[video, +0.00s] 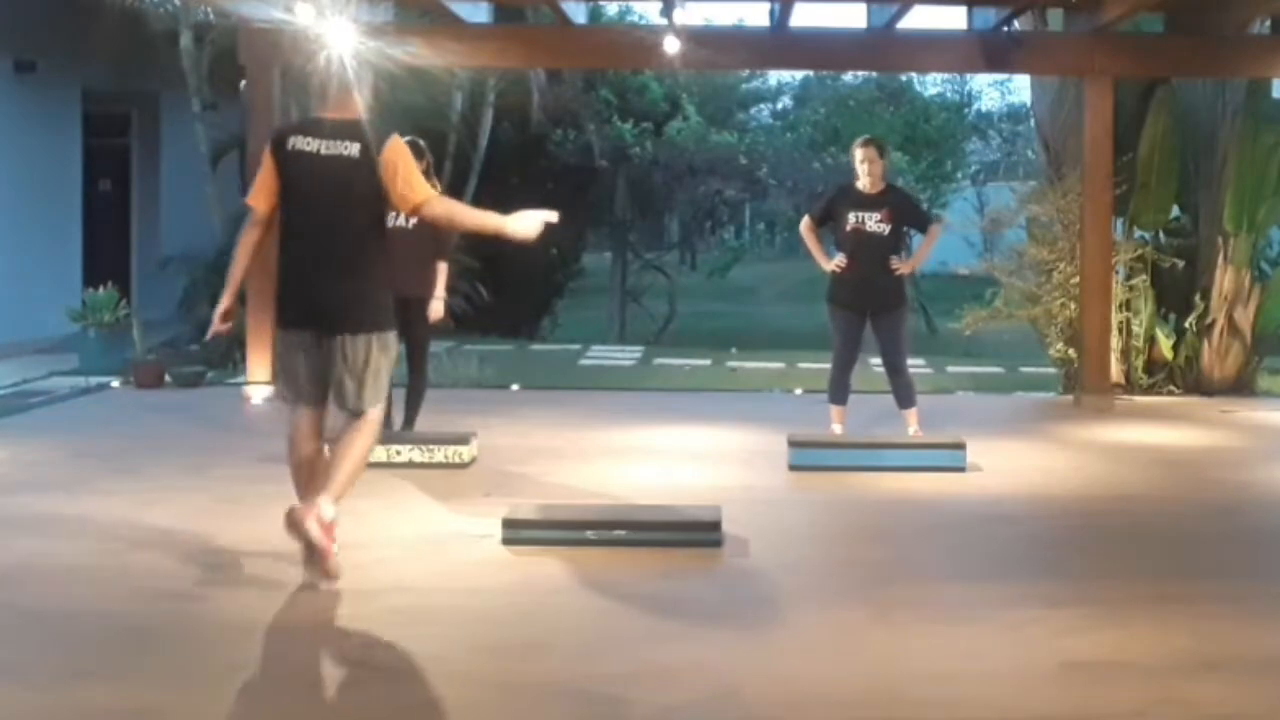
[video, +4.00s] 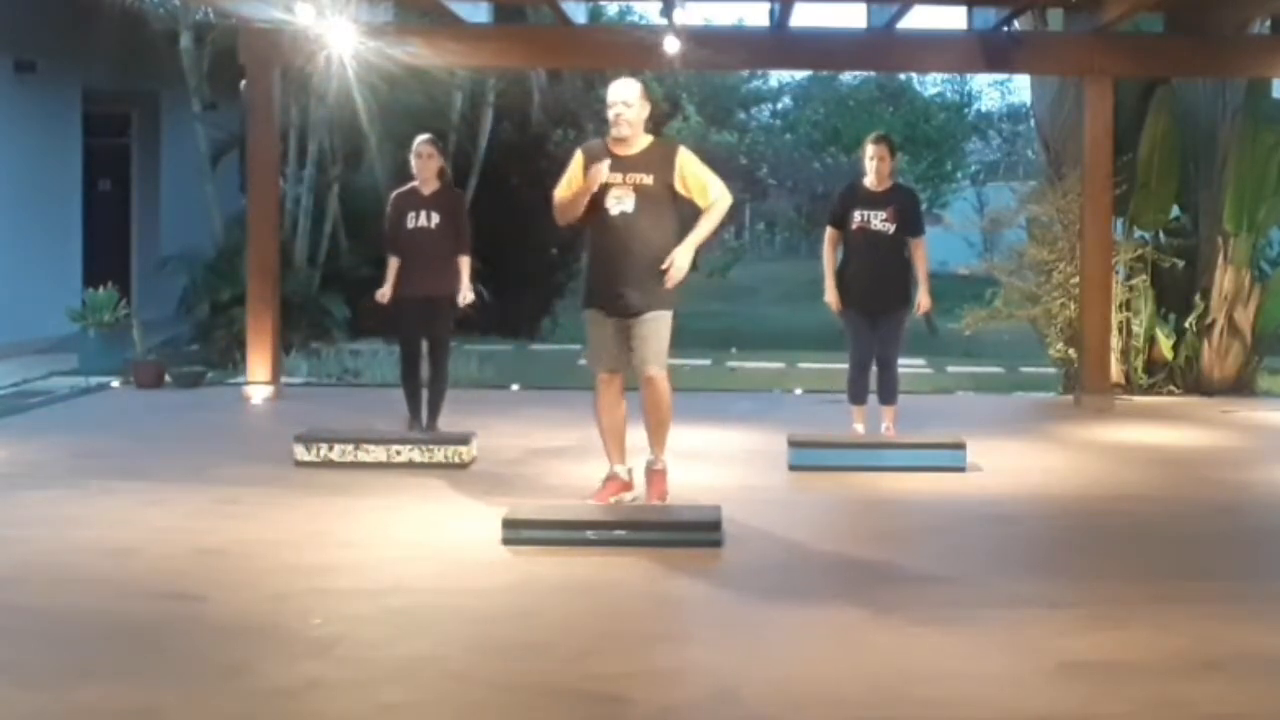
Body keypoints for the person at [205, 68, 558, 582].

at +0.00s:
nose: (367, 95)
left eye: (356, 85)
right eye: (366, 86)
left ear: (318, 90)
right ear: (362, 91)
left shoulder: (284, 142)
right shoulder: (383, 145)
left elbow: (255, 222)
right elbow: (430, 207)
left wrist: (229, 294)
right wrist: (506, 224)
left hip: (298, 305)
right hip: (363, 308)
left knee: (305, 420)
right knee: (369, 413)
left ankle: (319, 549)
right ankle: (321, 506)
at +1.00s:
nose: (506, 120)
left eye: (505, 112)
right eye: (502, 112)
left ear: (464, 113)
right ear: (483, 113)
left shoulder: (428, 154)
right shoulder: (487, 158)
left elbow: (411, 219)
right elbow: (502, 222)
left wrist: (449, 236)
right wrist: (553, 274)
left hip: (438, 290)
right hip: (479, 296)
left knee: (454, 385)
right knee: (474, 387)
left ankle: (464, 475)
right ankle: (426, 484)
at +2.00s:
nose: (601, 117)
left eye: (603, 109)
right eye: (591, 109)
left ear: (606, 113)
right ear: (569, 114)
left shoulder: (603, 159)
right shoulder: (550, 159)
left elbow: (613, 217)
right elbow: (531, 221)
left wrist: (666, 228)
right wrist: (547, 278)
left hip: (605, 291)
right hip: (567, 291)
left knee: (610, 375)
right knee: (569, 379)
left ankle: (623, 464)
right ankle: (551, 469)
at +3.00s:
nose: (623, 115)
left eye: (631, 107)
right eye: (617, 107)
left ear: (647, 111)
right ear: (607, 111)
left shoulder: (669, 159)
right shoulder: (586, 155)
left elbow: (692, 221)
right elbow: (569, 213)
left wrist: (664, 199)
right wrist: (565, 210)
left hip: (647, 289)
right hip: (594, 288)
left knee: (651, 378)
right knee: (599, 378)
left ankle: (653, 472)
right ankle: (603, 472)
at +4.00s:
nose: (616, 114)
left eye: (625, 106)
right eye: (611, 106)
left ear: (645, 111)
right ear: (605, 112)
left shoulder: (672, 156)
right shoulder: (589, 156)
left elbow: (721, 198)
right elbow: (562, 214)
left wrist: (687, 248)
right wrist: (588, 187)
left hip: (652, 290)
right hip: (602, 290)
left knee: (652, 375)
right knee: (607, 379)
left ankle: (657, 465)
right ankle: (618, 473)